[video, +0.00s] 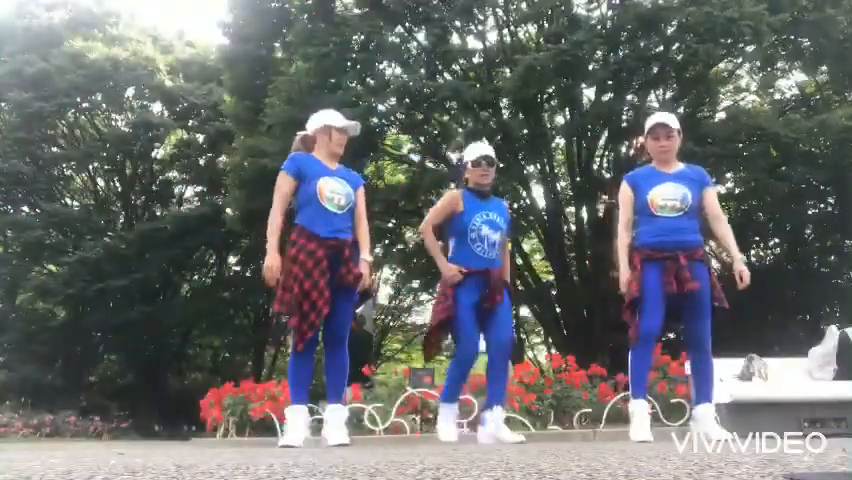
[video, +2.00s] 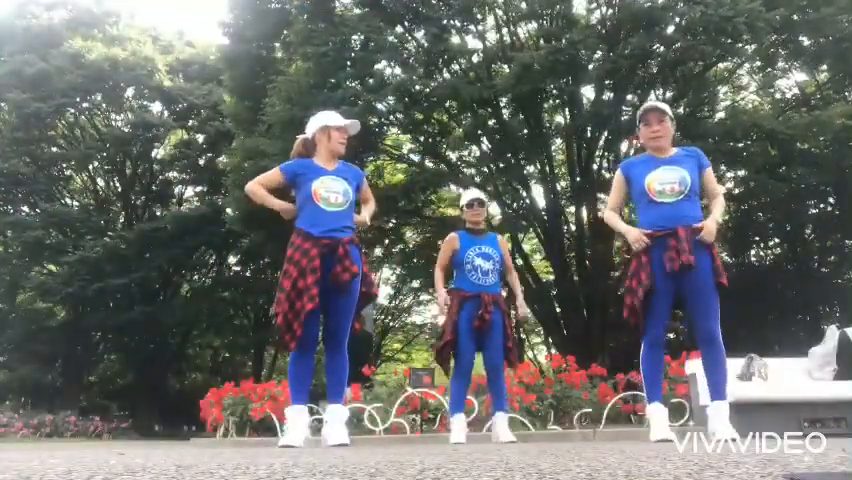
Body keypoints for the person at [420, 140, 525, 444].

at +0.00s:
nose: (484, 170)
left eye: (489, 164)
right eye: (477, 164)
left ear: (496, 170)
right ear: (466, 170)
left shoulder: (502, 207)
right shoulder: (457, 198)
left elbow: (505, 249)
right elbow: (426, 227)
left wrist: (505, 283)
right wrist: (443, 265)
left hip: (495, 281)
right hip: (465, 281)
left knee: (503, 344)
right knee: (468, 348)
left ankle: (493, 419)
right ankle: (448, 412)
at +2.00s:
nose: (476, 210)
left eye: (480, 205)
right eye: (470, 206)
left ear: (486, 210)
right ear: (462, 211)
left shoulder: (498, 241)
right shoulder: (454, 240)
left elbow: (510, 272)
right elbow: (440, 269)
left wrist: (519, 299)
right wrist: (440, 293)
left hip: (494, 304)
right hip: (465, 303)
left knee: (495, 362)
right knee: (465, 361)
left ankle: (500, 421)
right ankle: (457, 420)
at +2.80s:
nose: (482, 214)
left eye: (487, 212)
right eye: (478, 212)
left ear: (494, 217)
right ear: (469, 217)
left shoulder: (499, 238)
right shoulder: (460, 238)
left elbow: (518, 220)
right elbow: (441, 221)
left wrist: (498, 207)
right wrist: (465, 209)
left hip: (497, 303)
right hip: (469, 302)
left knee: (497, 363)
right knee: (466, 362)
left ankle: (501, 422)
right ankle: (455, 420)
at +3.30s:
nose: (466, 214)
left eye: (471, 210)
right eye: (461, 210)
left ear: (477, 217)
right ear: (452, 216)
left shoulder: (484, 240)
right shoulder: (446, 239)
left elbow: (508, 248)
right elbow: (426, 251)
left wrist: (490, 222)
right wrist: (445, 223)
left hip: (483, 303)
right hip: (455, 302)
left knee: (491, 361)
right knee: (456, 363)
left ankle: (500, 420)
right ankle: (454, 422)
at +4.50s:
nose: (461, 218)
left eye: (466, 214)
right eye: (456, 214)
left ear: (472, 218)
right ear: (448, 219)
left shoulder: (485, 246)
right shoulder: (441, 247)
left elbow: (496, 279)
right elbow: (430, 281)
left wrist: (501, 305)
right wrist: (423, 309)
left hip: (483, 306)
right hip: (454, 307)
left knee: (489, 358)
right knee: (456, 365)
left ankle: (498, 419)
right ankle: (456, 422)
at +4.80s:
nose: (467, 214)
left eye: (471, 210)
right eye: (462, 211)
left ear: (478, 214)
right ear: (454, 216)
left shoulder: (490, 243)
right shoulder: (446, 243)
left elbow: (500, 276)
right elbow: (436, 275)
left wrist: (503, 303)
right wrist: (439, 301)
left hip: (486, 305)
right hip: (457, 305)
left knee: (486, 364)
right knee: (458, 365)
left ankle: (489, 422)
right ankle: (456, 423)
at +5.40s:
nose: (463, 212)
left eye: (467, 208)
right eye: (457, 209)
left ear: (474, 212)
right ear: (450, 214)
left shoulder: (488, 242)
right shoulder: (443, 240)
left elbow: (494, 276)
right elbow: (430, 271)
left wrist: (497, 305)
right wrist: (434, 300)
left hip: (484, 304)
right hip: (455, 304)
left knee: (488, 360)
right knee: (454, 362)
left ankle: (490, 420)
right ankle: (451, 421)